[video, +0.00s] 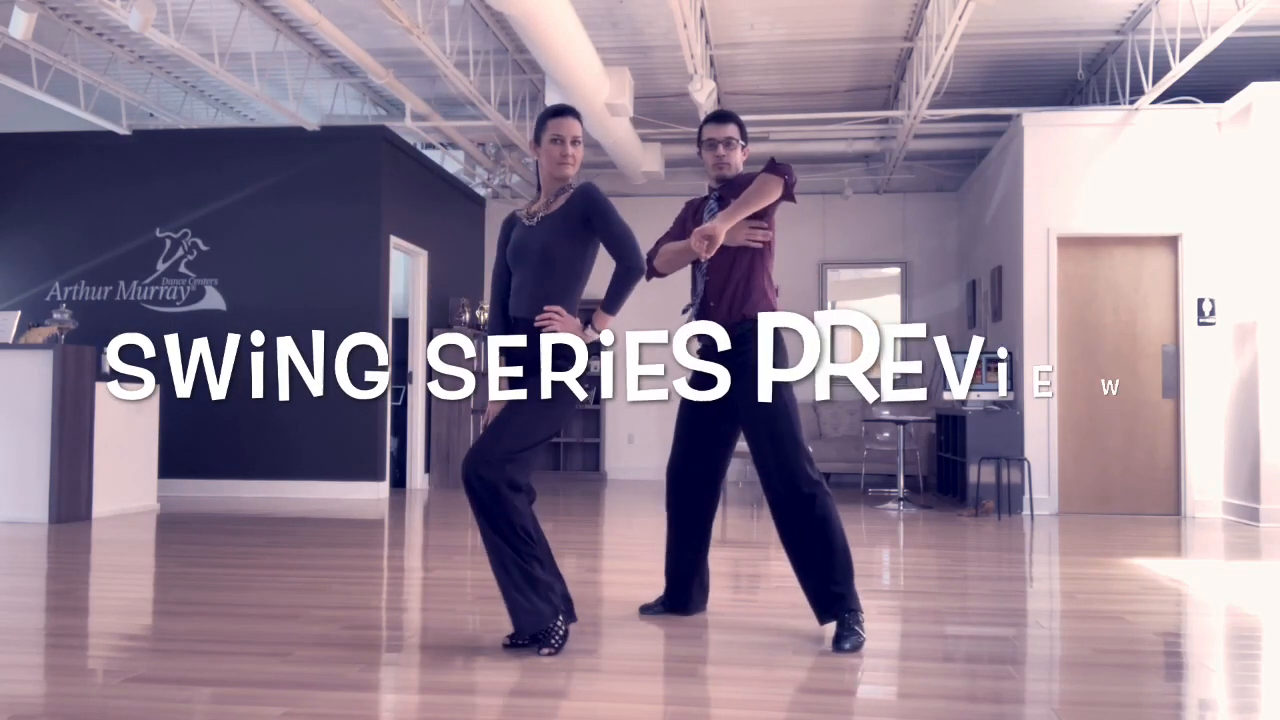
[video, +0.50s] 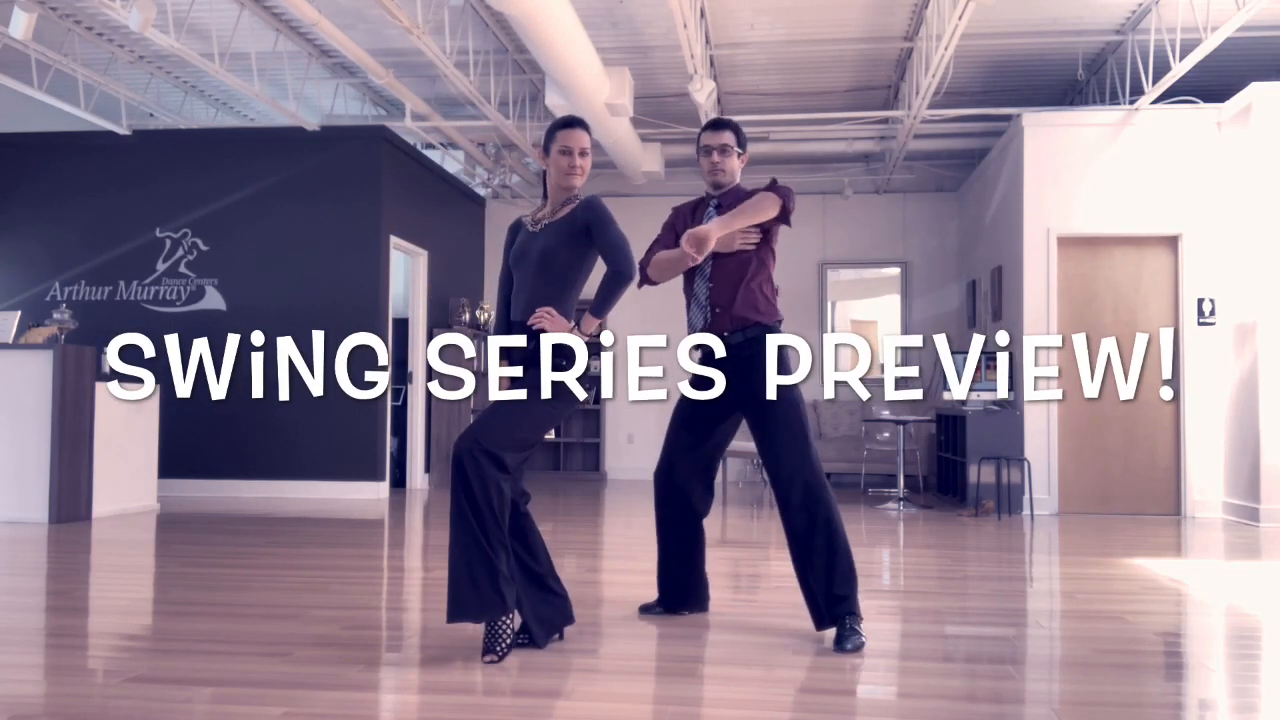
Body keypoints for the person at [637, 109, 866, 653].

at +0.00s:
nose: (720, 152)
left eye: (729, 144)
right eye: (711, 145)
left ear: (744, 148)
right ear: (699, 154)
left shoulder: (760, 184)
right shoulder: (694, 210)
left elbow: (778, 180)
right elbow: (655, 264)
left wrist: (722, 221)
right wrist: (695, 244)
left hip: (757, 346)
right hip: (706, 350)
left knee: (792, 476)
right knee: (688, 475)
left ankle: (844, 609)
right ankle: (684, 593)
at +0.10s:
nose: (721, 151)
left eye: (730, 143)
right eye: (712, 145)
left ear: (745, 148)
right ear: (700, 154)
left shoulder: (756, 182)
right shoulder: (696, 212)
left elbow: (777, 179)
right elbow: (652, 266)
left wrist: (720, 224)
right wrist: (692, 237)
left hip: (755, 344)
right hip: (706, 350)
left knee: (790, 476)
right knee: (686, 473)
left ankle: (844, 610)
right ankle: (683, 591)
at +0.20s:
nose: (721, 152)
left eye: (730, 143)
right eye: (712, 145)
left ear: (747, 149)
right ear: (701, 155)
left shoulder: (762, 183)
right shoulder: (695, 211)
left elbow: (770, 192)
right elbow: (649, 259)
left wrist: (715, 228)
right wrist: (697, 230)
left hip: (757, 345)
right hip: (706, 352)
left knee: (795, 478)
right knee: (685, 475)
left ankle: (843, 610)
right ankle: (682, 592)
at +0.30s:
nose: (720, 154)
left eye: (728, 145)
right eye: (710, 147)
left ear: (747, 152)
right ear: (700, 156)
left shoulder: (765, 194)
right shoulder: (689, 210)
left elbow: (777, 201)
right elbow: (649, 256)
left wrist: (716, 226)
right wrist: (686, 237)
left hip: (758, 346)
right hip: (710, 354)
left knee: (796, 475)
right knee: (685, 475)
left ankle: (843, 610)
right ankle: (684, 594)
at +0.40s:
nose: (717, 156)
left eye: (726, 148)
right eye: (708, 149)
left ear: (743, 155)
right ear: (698, 158)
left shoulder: (760, 202)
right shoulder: (684, 213)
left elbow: (790, 203)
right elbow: (649, 263)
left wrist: (724, 228)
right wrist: (690, 245)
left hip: (760, 350)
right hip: (709, 358)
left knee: (800, 476)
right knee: (678, 475)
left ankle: (843, 612)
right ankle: (685, 594)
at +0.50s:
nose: (717, 159)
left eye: (726, 151)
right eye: (708, 152)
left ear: (744, 158)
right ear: (698, 161)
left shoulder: (766, 197)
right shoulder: (683, 216)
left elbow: (767, 208)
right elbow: (648, 271)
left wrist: (713, 230)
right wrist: (684, 255)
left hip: (761, 353)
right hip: (706, 359)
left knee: (799, 478)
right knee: (675, 477)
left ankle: (843, 612)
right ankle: (683, 593)